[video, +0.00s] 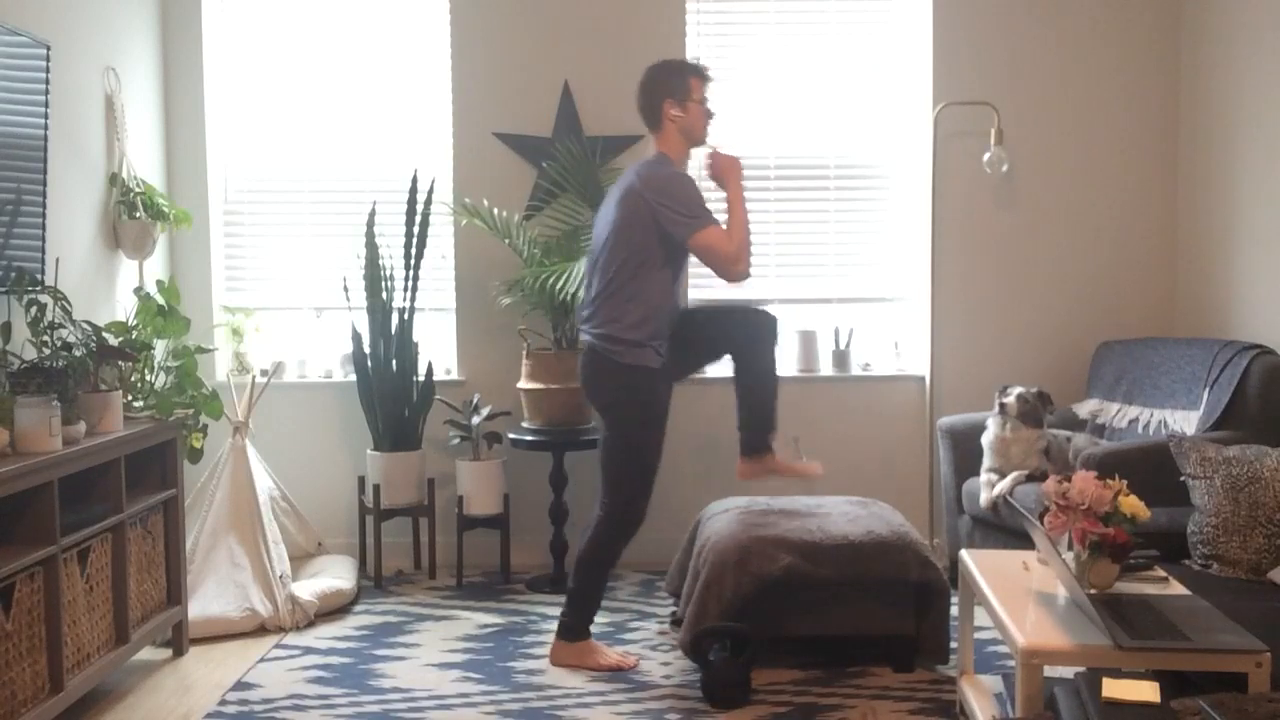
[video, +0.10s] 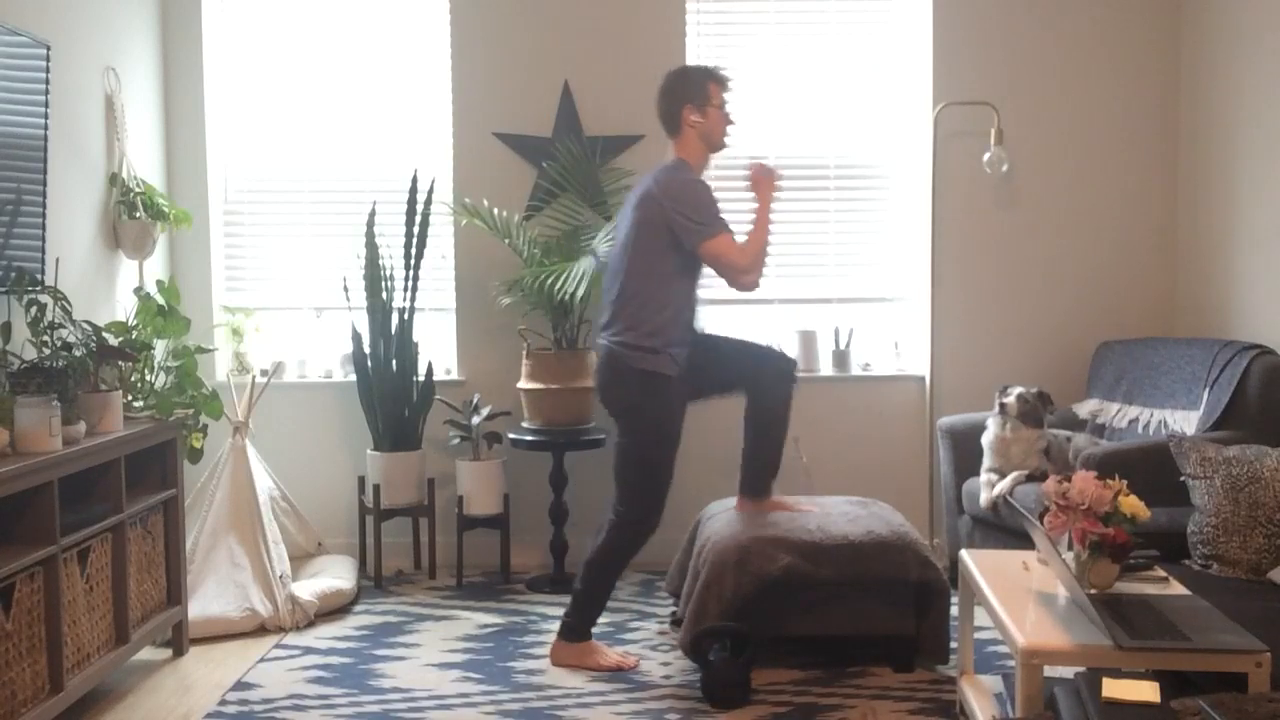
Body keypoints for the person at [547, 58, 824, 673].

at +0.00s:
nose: (710, 114)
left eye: (708, 104)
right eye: (702, 104)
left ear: (670, 112)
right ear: (673, 111)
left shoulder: (648, 176)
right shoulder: (659, 179)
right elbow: (734, 264)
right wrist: (734, 189)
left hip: (646, 342)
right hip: (626, 359)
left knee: (755, 326)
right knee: (624, 510)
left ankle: (758, 456)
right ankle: (570, 641)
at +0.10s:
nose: (729, 118)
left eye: (726, 107)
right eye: (720, 107)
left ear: (687, 119)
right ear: (691, 116)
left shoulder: (672, 184)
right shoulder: (677, 185)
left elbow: (742, 275)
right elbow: (745, 267)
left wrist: (755, 223)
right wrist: (765, 202)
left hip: (669, 352)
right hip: (642, 365)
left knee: (774, 370)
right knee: (636, 516)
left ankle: (755, 497)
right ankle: (571, 641)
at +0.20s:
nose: (751, 108)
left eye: (748, 97)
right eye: (743, 97)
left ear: (713, 108)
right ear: (714, 106)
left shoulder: (697, 174)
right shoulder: (702, 175)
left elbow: (747, 265)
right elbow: (751, 263)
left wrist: (791, 227)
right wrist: (800, 217)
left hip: (690, 347)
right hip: (664, 356)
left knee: (794, 387)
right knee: (638, 508)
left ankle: (758, 513)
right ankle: (572, 635)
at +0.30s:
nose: (769, 75)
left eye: (766, 64)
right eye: (760, 64)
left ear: (727, 75)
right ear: (731, 72)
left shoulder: (718, 139)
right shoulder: (721, 138)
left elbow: (732, 231)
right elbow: (734, 228)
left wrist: (795, 240)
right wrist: (811, 239)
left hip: (711, 326)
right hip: (690, 327)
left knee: (801, 404)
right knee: (671, 470)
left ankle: (759, 538)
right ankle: (599, 603)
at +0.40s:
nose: (779, 42)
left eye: (776, 31)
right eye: (771, 30)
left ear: (738, 39)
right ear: (742, 36)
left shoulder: (736, 110)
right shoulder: (725, 106)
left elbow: (753, 219)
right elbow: (708, 195)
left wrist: (811, 190)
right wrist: (763, 264)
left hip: (725, 287)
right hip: (706, 287)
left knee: (795, 402)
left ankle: (761, 544)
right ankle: (657, 535)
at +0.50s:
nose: (784, 13)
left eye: (783, 5)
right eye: (776, 4)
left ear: (751, 12)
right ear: (749, 8)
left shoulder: (746, 85)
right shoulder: (725, 77)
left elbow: (798, 174)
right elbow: (688, 166)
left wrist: (820, 106)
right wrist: (705, 260)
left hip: (740, 261)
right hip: (733, 261)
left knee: (771, 401)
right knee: (831, 346)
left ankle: (760, 534)